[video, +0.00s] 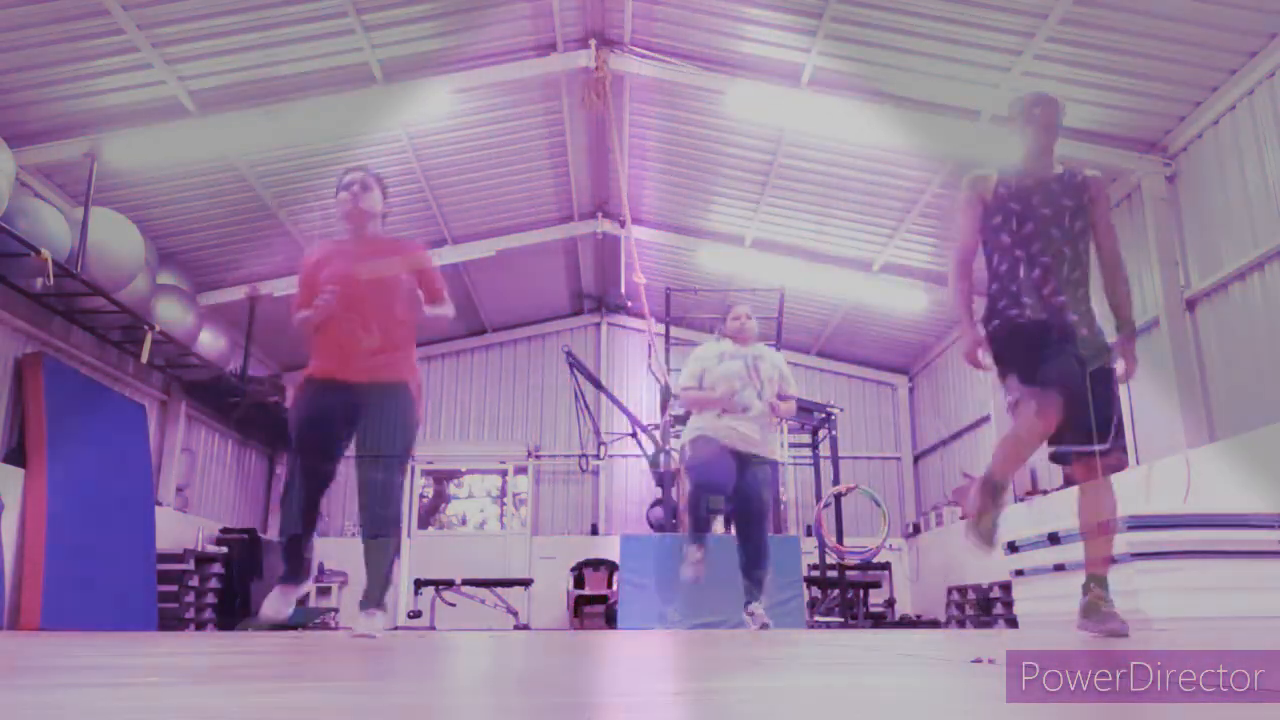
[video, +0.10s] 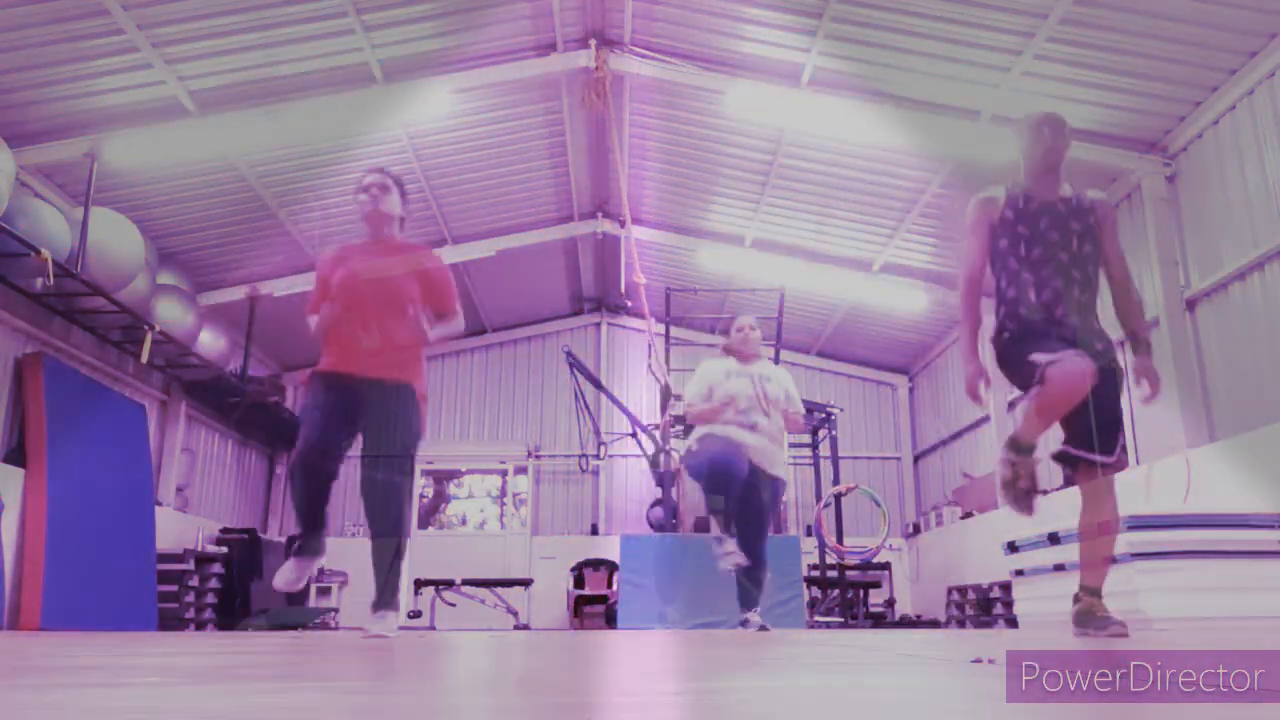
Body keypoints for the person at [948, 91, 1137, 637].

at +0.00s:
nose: (1040, 135)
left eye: (1048, 127)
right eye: (1032, 125)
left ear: (1058, 133)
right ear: (1015, 129)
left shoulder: (1085, 186)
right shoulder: (984, 188)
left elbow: (1112, 265)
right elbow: (962, 261)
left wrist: (1125, 333)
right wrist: (966, 326)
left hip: (1078, 330)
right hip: (1015, 326)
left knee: (1091, 467)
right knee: (1047, 405)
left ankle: (1097, 592)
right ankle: (990, 490)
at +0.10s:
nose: (1048, 141)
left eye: (1056, 134)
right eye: (1040, 132)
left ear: (1068, 146)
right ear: (1023, 144)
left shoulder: (1094, 211)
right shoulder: (992, 207)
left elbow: (1122, 285)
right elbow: (972, 284)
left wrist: (1141, 350)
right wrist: (970, 357)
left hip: (1088, 340)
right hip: (1022, 335)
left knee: (1097, 477)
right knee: (1076, 372)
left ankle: (1089, 600)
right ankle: (1019, 448)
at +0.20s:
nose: (1053, 137)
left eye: (1061, 132)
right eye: (1044, 131)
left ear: (1071, 149)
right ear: (1027, 149)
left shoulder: (1097, 210)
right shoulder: (997, 209)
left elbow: (1126, 283)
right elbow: (978, 290)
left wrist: (1149, 348)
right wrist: (974, 370)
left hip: (1093, 344)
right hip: (1029, 340)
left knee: (1101, 479)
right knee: (1098, 363)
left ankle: (1090, 601)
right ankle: (1042, 463)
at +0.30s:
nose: (1051, 122)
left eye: (1058, 115)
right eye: (1041, 115)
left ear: (1069, 125)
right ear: (1024, 127)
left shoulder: (1100, 183)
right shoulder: (1001, 191)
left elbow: (1131, 255)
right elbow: (977, 273)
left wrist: (1148, 316)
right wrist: (975, 346)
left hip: (1099, 326)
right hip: (1038, 323)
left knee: (1107, 465)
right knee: (1090, 384)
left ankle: (1103, 588)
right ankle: (1075, 524)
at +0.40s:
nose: (1055, 112)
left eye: (1062, 105)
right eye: (1044, 106)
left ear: (1074, 118)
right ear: (1026, 123)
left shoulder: (1106, 180)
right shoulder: (1004, 190)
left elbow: (1138, 249)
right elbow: (978, 270)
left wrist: (1154, 305)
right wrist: (976, 345)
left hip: (1111, 326)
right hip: (1049, 329)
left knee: (1116, 460)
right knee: (1084, 437)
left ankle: (1117, 590)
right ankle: (1099, 588)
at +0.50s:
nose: (1063, 146)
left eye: (1069, 138)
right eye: (1054, 137)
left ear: (1078, 150)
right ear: (1038, 149)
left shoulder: (1110, 208)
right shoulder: (1014, 214)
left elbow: (1144, 281)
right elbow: (986, 300)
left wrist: (1173, 338)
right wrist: (984, 378)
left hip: (1123, 358)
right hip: (1063, 362)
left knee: (1132, 486)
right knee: (1094, 471)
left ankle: (1129, 596)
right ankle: (1104, 602)